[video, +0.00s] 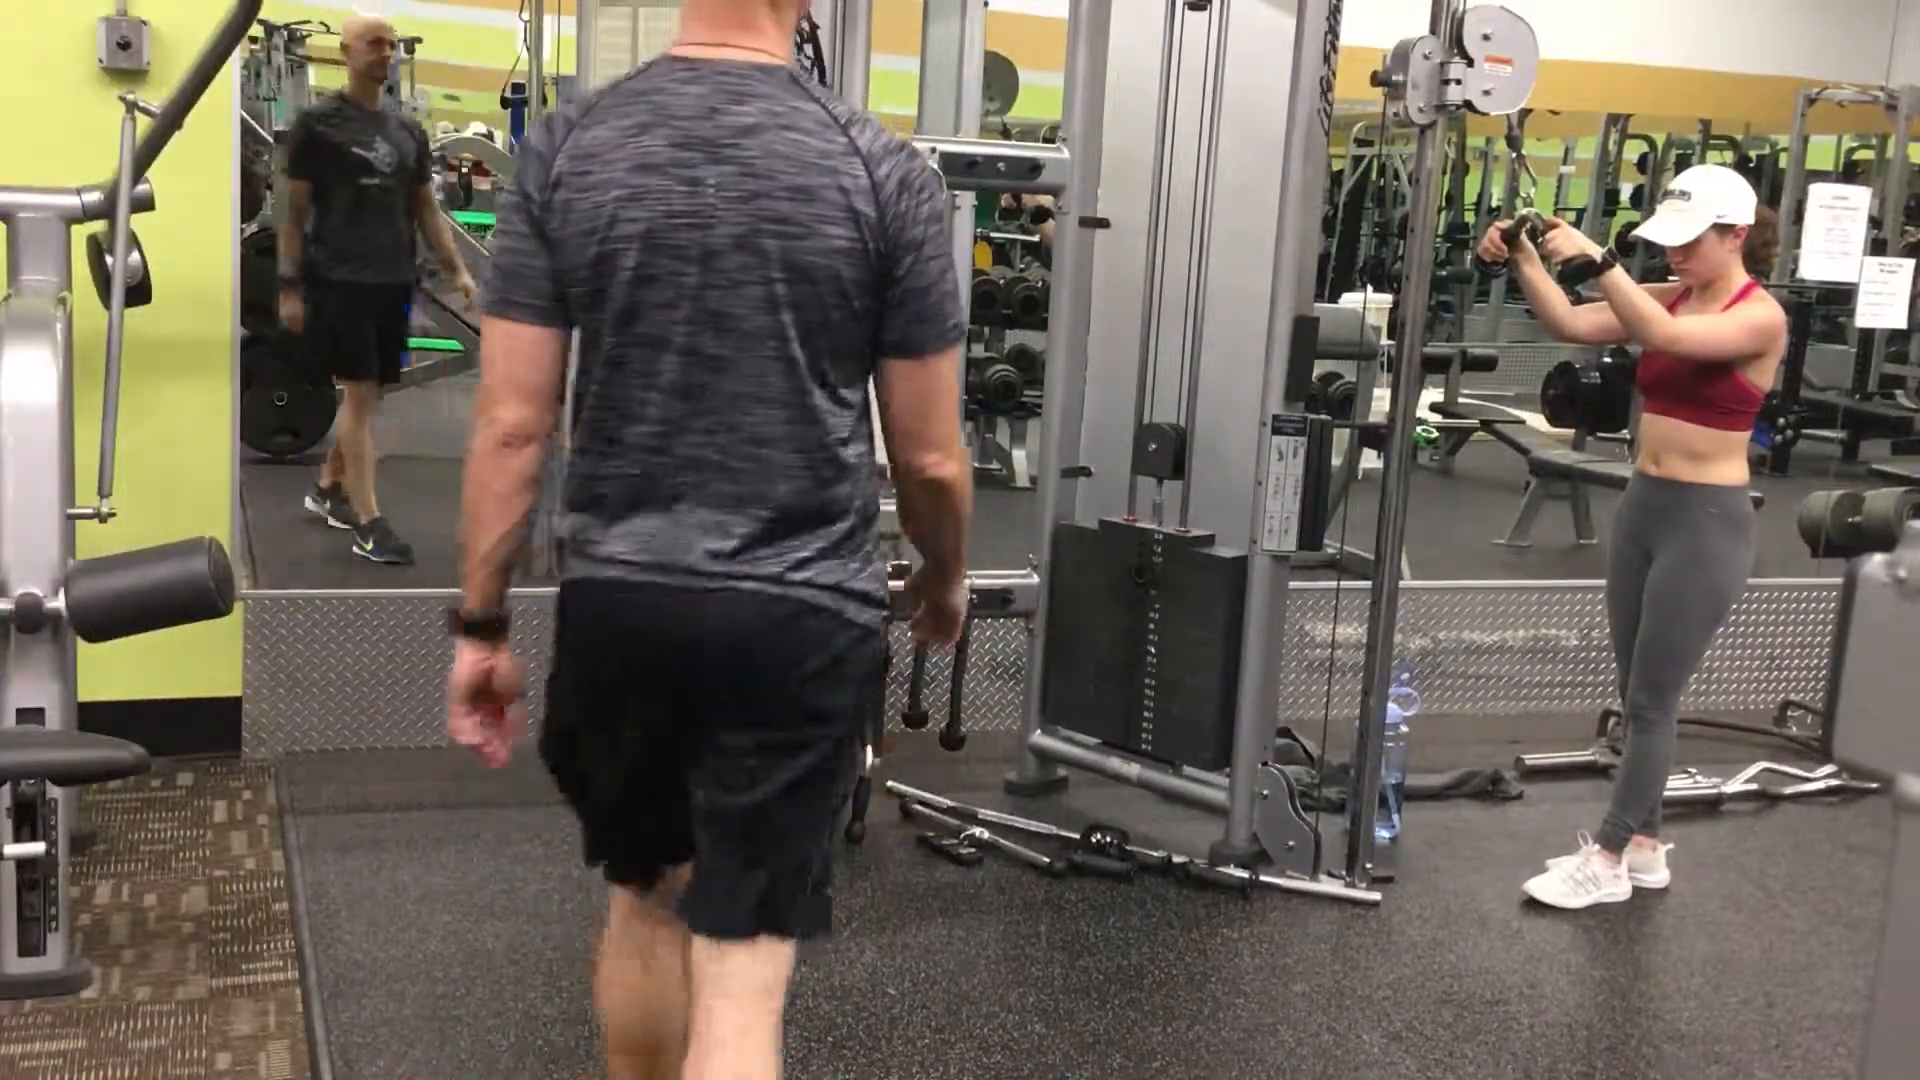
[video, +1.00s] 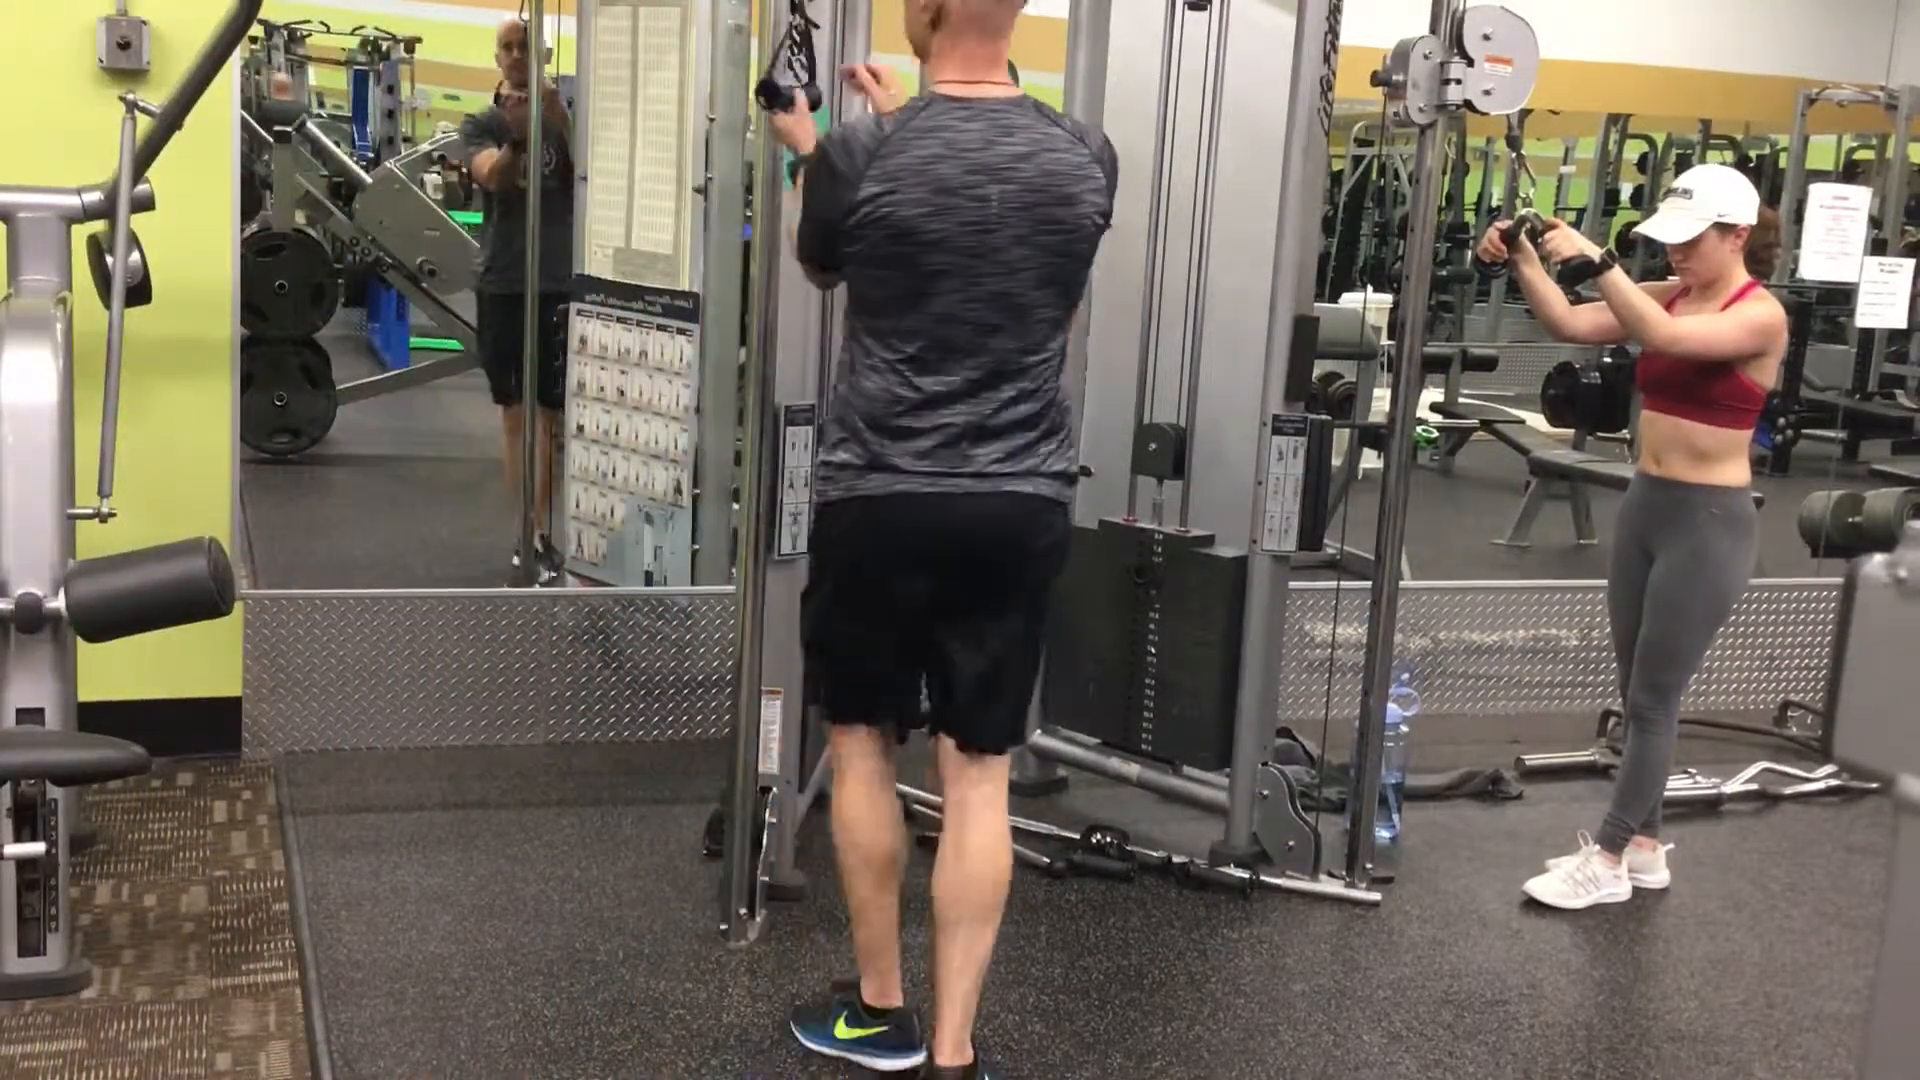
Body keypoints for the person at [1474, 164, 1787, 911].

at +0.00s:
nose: (1673, 255)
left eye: (1686, 241)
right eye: (1668, 242)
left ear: (1735, 236)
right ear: (1669, 241)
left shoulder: (1763, 317)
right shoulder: (1669, 299)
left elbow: (1666, 335)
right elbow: (1571, 322)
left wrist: (1596, 259)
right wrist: (1521, 258)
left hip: (1708, 524)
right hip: (1640, 510)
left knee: (1652, 700)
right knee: (1639, 694)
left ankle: (1607, 858)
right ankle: (1644, 845)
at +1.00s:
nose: (1674, 253)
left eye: (1688, 239)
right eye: (1669, 241)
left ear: (1737, 236)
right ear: (1670, 240)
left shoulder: (1763, 315)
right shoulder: (1667, 297)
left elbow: (1664, 334)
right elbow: (1570, 322)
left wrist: (1595, 259)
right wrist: (1520, 260)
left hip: (1710, 524)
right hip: (1642, 509)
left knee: (1653, 699)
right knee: (1640, 692)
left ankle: (1606, 858)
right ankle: (1644, 845)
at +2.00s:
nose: (1683, 252)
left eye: (1699, 238)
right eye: (1680, 239)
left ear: (1748, 236)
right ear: (1682, 238)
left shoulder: (1771, 318)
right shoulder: (1678, 300)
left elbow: (1673, 330)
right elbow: (1584, 317)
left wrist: (1604, 256)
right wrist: (1527, 257)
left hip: (1709, 523)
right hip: (1642, 509)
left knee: (1652, 698)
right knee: (1639, 692)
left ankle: (1605, 859)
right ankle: (1646, 846)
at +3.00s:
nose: (1683, 252)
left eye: (1698, 238)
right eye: (1679, 239)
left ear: (1746, 236)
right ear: (1679, 238)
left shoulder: (1770, 317)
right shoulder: (1675, 302)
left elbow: (1672, 331)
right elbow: (1579, 316)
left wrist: (1602, 257)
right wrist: (1525, 258)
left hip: (1709, 523)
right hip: (1642, 508)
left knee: (1652, 698)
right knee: (1639, 692)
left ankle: (1605, 859)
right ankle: (1646, 846)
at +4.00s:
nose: (1681, 252)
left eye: (1696, 239)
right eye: (1678, 239)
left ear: (1745, 236)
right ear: (1679, 238)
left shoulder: (1769, 318)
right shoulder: (1675, 300)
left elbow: (1670, 331)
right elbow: (1579, 319)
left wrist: (1602, 257)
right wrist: (1525, 257)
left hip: (1709, 524)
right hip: (1642, 510)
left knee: (1652, 699)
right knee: (1639, 693)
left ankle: (1606, 859)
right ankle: (1646, 846)